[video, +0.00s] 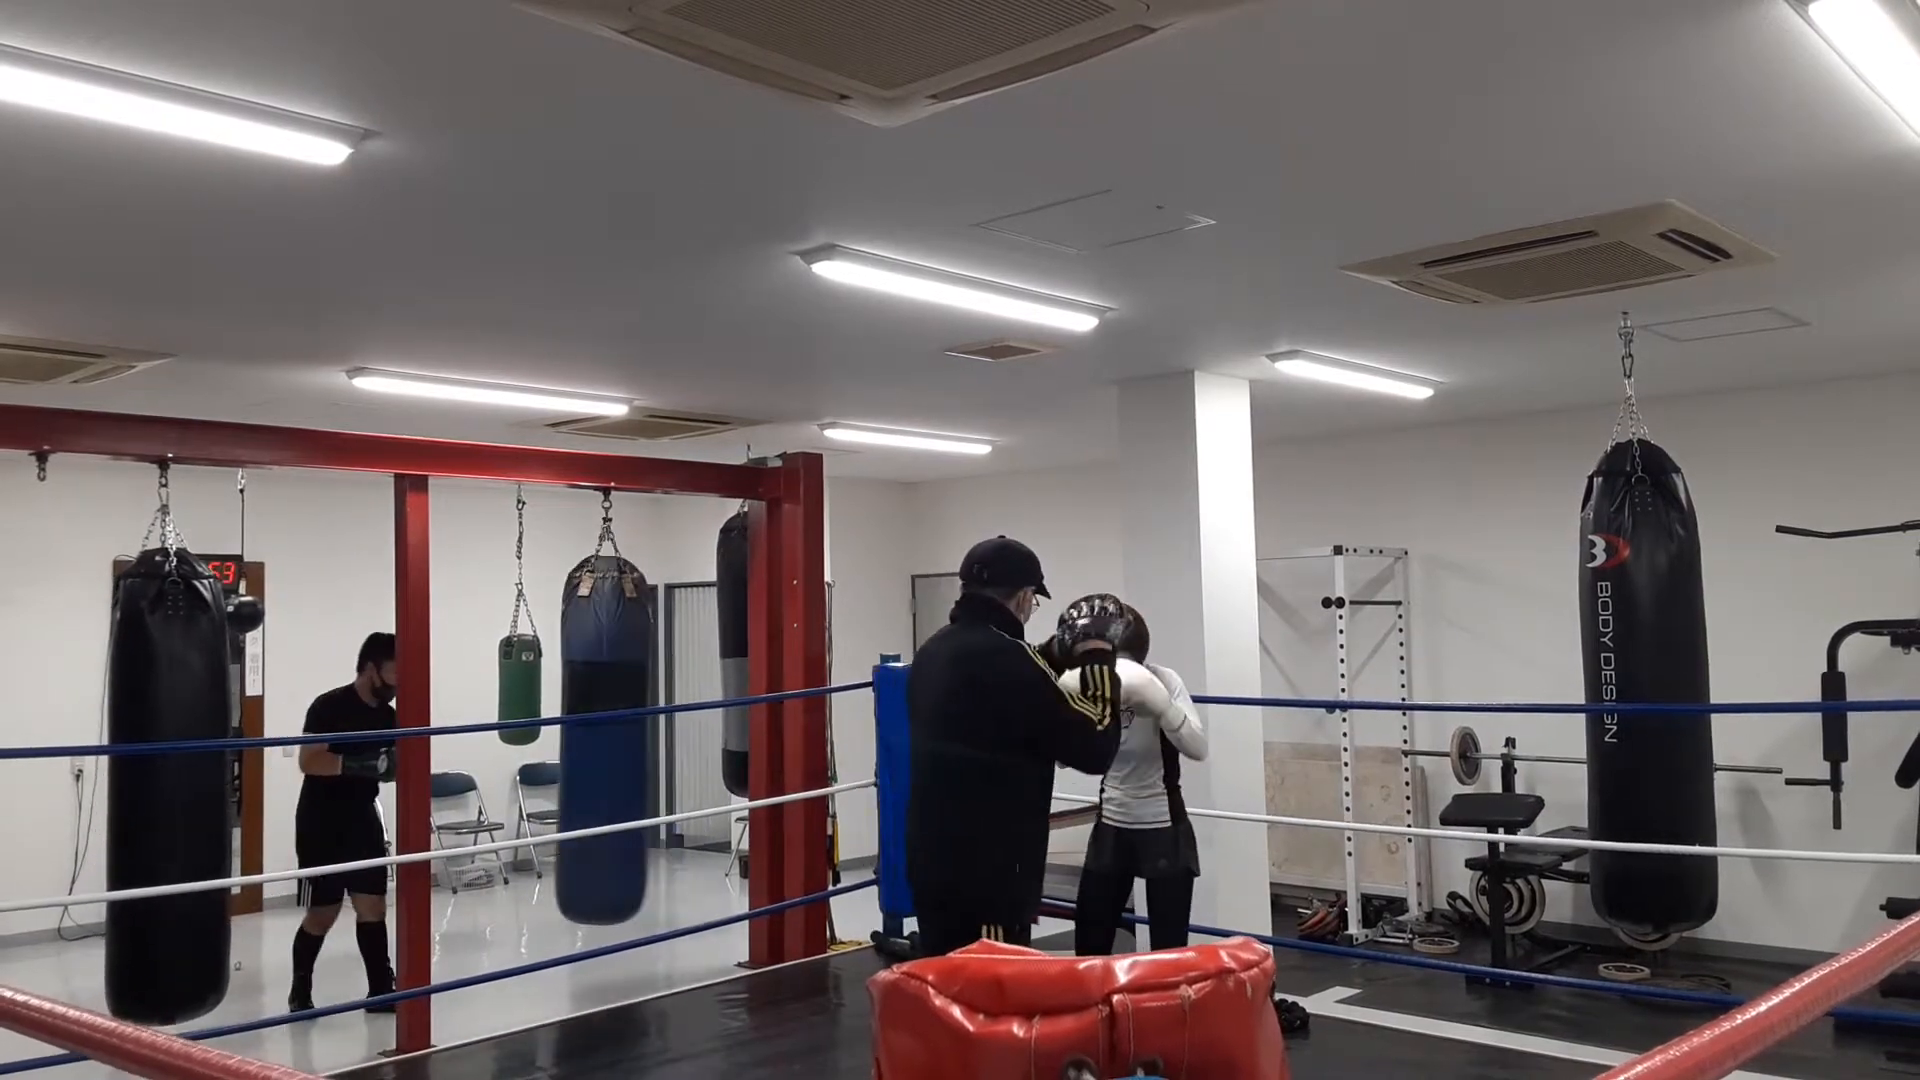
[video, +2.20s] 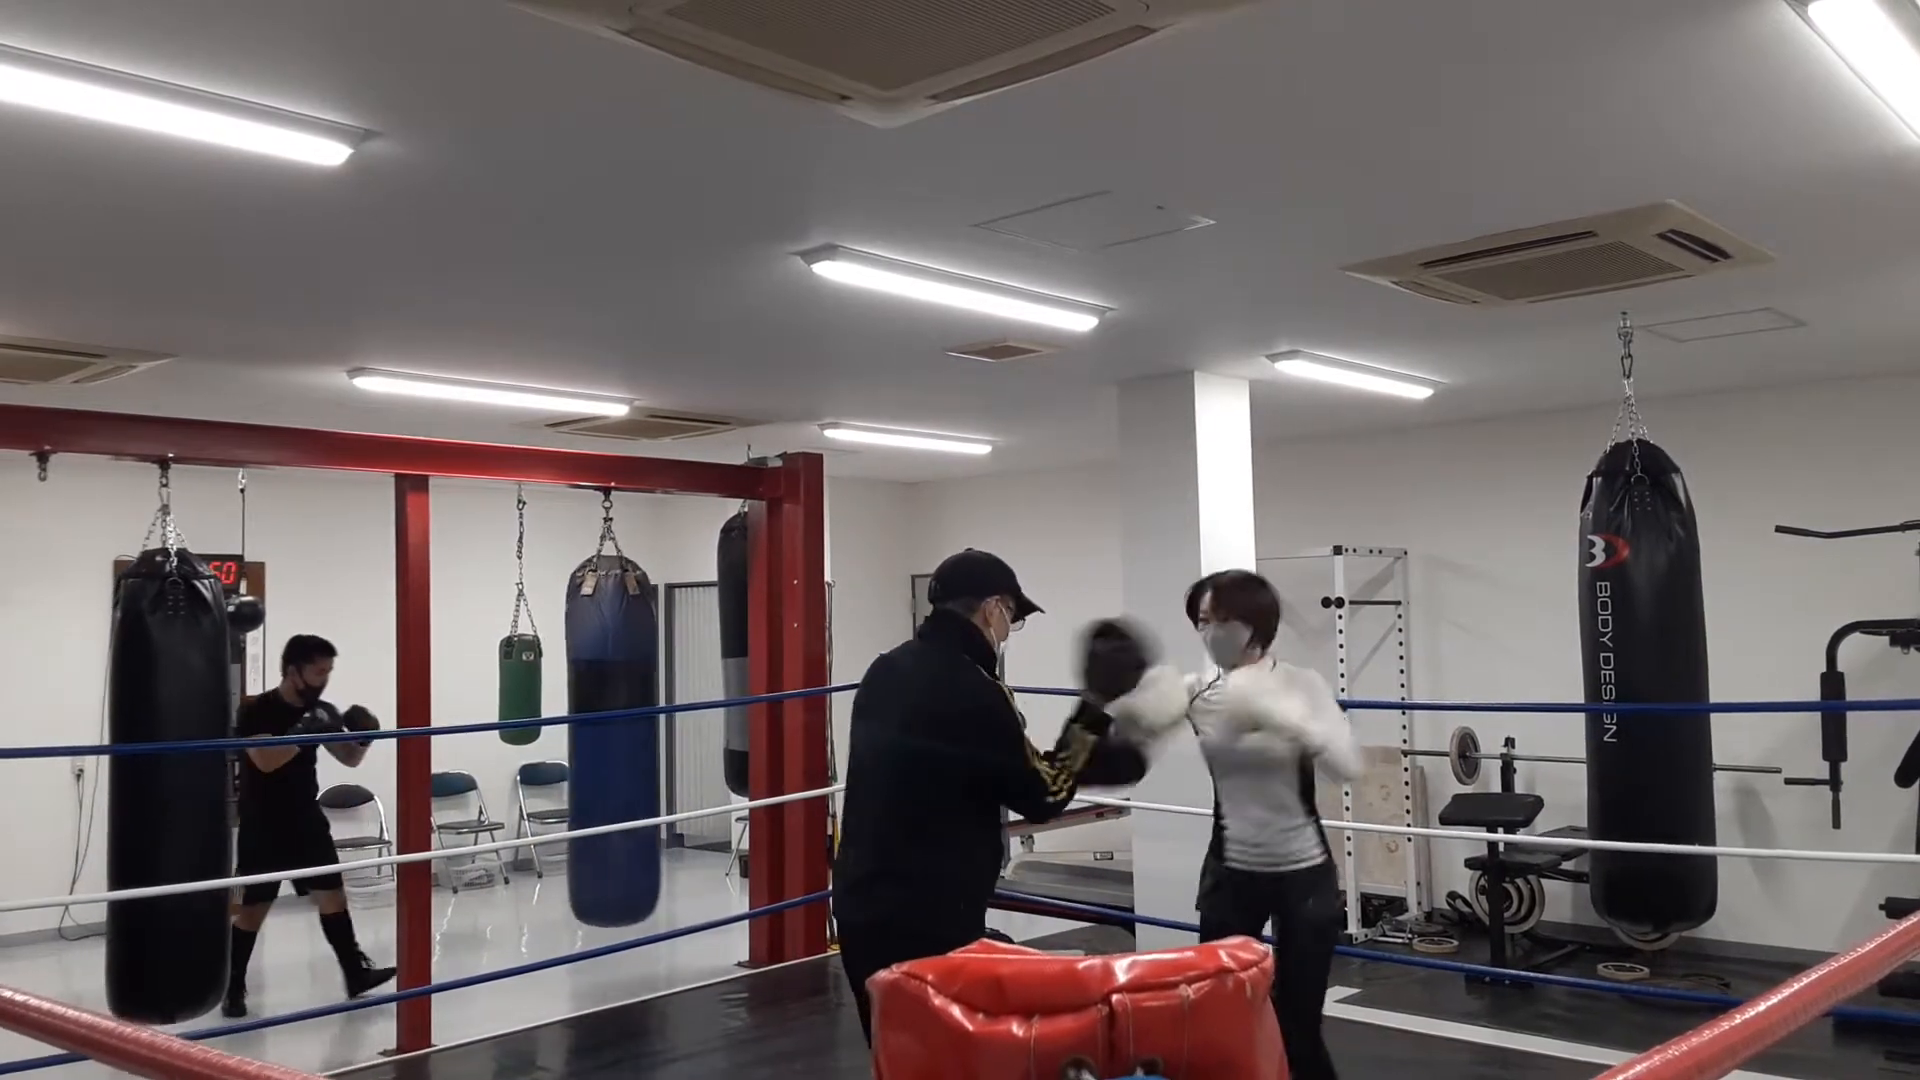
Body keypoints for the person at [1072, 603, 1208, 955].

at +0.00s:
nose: (1113, 661)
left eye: (1119, 653)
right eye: (1101, 650)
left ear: (1132, 644)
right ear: (1092, 650)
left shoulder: (1163, 680)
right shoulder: (1085, 686)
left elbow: (1198, 750)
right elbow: (1065, 754)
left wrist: (1158, 700)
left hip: (1165, 832)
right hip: (1111, 831)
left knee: (1168, 953)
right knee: (1090, 947)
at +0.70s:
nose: (1134, 664)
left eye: (1146, 654)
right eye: (1128, 653)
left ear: (1165, 656)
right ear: (1119, 655)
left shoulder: (1193, 702)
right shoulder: (1127, 716)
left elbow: (1232, 754)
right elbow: (1098, 778)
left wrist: (1184, 705)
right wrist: (1099, 720)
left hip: (1206, 865)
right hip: (1159, 864)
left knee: (1193, 969)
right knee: (1119, 961)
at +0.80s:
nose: (1143, 666)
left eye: (1154, 657)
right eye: (1142, 656)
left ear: (1177, 663)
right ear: (1140, 658)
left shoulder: (1204, 705)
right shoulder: (1140, 713)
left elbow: (1243, 763)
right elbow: (1111, 785)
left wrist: (1184, 727)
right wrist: (1128, 739)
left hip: (1217, 875)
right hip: (1164, 874)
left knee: (1231, 980)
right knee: (1132, 975)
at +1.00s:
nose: (1190, 649)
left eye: (1202, 639)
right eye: (1181, 638)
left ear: (1227, 644)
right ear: (1170, 643)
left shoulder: (1250, 701)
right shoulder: (1162, 703)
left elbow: (1305, 766)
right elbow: (1120, 737)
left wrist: (1275, 726)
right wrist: (1132, 720)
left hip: (1258, 860)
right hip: (1191, 863)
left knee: (1270, 991)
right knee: (1168, 983)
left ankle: (1289, 1069)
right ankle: (1166, 1072)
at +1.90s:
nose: (1200, 648)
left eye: (1212, 637)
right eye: (1194, 639)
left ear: (1244, 640)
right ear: (1188, 644)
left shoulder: (1288, 703)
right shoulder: (1189, 709)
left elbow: (1343, 785)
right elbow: (1138, 760)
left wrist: (1289, 768)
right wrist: (1143, 712)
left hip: (1293, 888)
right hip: (1229, 888)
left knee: (1280, 1032)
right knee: (1214, 1015)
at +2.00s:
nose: (1192, 660)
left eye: (1202, 647)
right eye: (1189, 649)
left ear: (1238, 654)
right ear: (1187, 652)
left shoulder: (1281, 713)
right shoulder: (1202, 718)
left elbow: (1292, 779)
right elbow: (1170, 802)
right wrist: (1146, 767)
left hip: (1293, 901)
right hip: (1239, 892)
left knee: (1270, 1031)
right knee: (1201, 1002)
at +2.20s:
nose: (1203, 630)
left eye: (1214, 620)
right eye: (1202, 620)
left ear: (1251, 627)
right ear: (1201, 626)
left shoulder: (1302, 686)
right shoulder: (1196, 693)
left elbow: (1348, 766)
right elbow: (1127, 759)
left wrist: (1284, 719)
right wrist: (1139, 720)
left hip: (1304, 876)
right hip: (1232, 874)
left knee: (1297, 1024)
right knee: (1218, 1010)